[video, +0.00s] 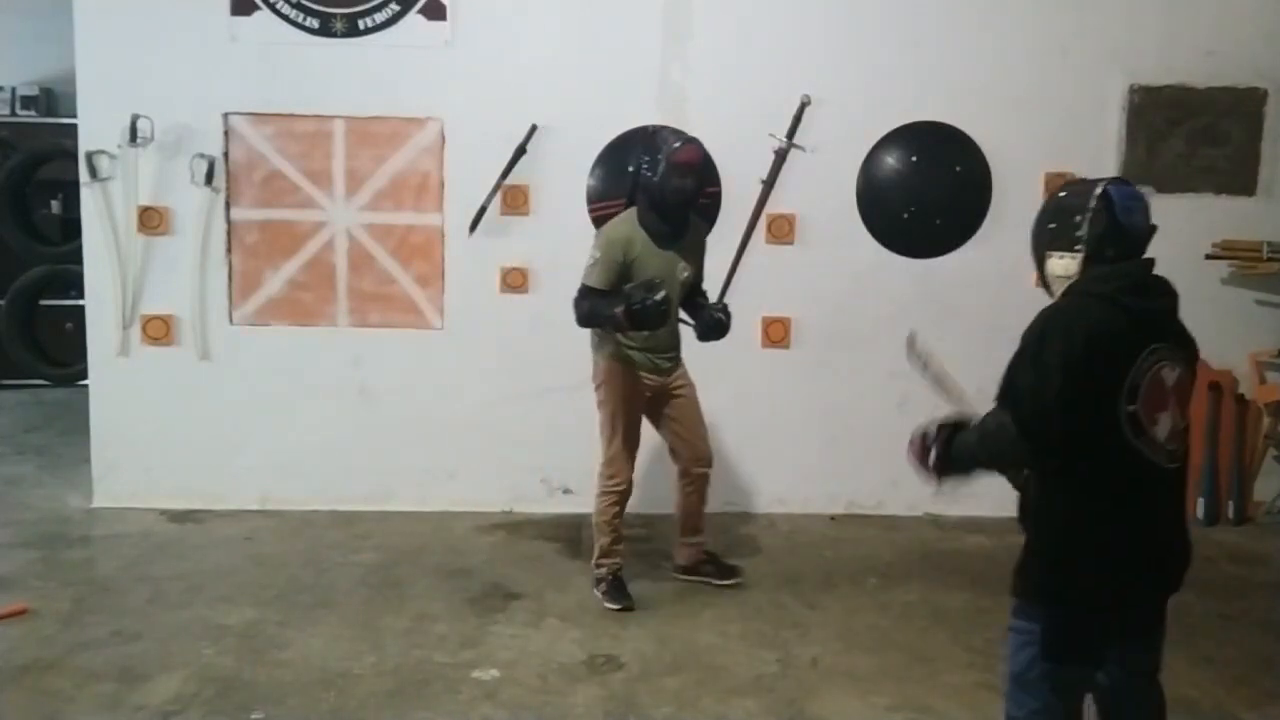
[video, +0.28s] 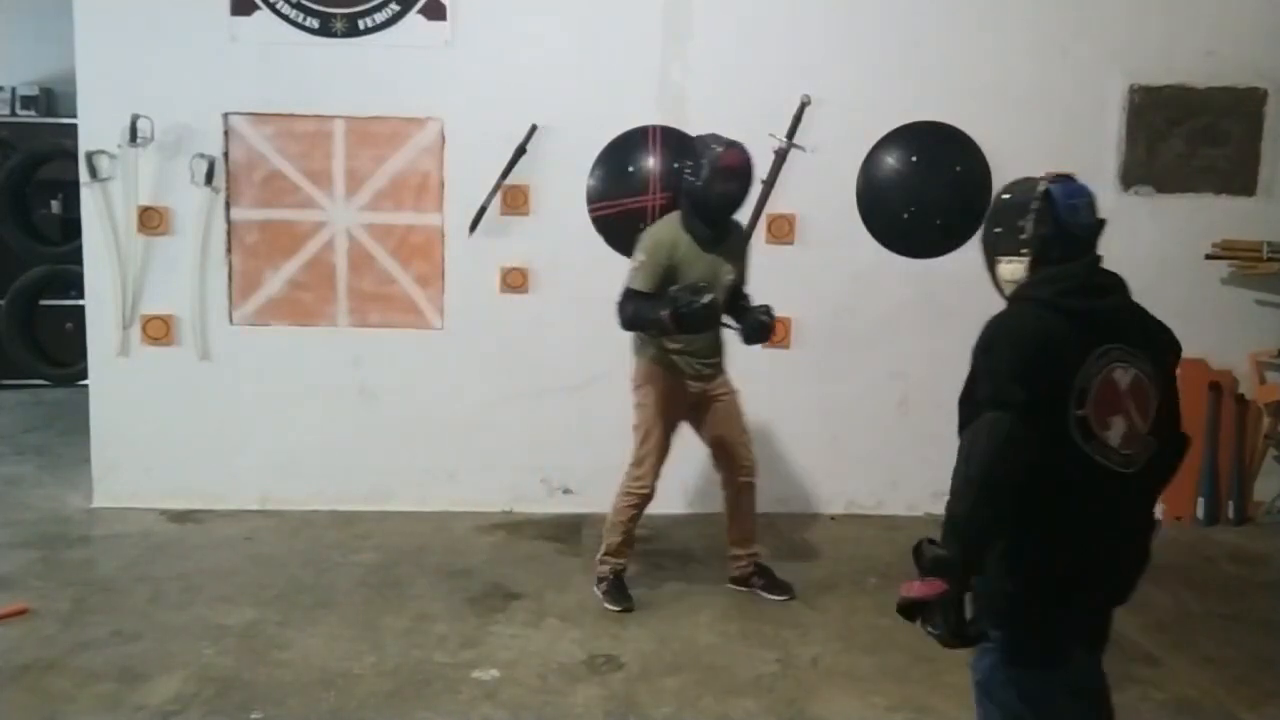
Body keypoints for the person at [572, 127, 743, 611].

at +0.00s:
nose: (687, 189)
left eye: (693, 181)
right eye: (678, 178)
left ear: (699, 189)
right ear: (654, 182)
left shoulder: (693, 235)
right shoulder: (618, 235)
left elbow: (689, 293)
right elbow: (585, 306)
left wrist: (707, 316)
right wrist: (627, 313)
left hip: (669, 367)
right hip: (619, 366)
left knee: (696, 459)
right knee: (617, 472)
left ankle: (690, 555)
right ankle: (607, 570)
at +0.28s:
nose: (732, 193)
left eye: (739, 185)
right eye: (723, 182)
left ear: (744, 189)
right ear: (698, 182)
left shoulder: (735, 238)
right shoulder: (663, 237)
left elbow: (733, 296)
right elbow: (630, 309)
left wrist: (750, 318)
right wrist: (674, 313)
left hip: (710, 373)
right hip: (659, 371)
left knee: (740, 466)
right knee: (643, 476)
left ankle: (744, 567)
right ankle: (610, 570)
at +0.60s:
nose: (785, 189)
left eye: (792, 179)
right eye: (776, 177)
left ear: (798, 182)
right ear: (748, 176)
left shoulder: (794, 235)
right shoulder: (714, 233)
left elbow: (805, 292)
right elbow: (679, 305)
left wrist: (821, 312)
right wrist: (719, 306)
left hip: (762, 368)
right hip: (713, 363)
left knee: (769, 467)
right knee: (726, 464)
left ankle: (747, 568)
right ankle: (692, 575)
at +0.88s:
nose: (810, 221)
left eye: (818, 212)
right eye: (803, 208)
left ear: (823, 215)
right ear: (776, 203)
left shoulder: (810, 259)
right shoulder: (748, 253)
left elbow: (851, 331)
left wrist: (837, 290)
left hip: (773, 382)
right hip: (727, 377)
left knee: (796, 493)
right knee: (772, 487)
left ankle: (754, 567)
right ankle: (742, 589)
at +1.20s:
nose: (830, 233)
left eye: (839, 223)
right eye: (821, 220)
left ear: (845, 226)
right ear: (793, 217)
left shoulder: (839, 279)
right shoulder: (760, 270)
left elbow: (836, 340)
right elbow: (716, 353)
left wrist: (852, 354)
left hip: (805, 405)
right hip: (751, 406)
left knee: (837, 501)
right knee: (786, 508)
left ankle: (780, 548)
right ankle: (772, 629)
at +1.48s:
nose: (817, 204)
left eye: (827, 194)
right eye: (808, 192)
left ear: (839, 200)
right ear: (787, 195)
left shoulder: (848, 257)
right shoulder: (759, 252)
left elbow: (874, 326)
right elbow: (708, 313)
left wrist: (890, 308)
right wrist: (725, 349)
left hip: (822, 392)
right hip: (774, 390)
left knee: (821, 492)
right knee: (788, 498)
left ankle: (790, 565)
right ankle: (769, 622)